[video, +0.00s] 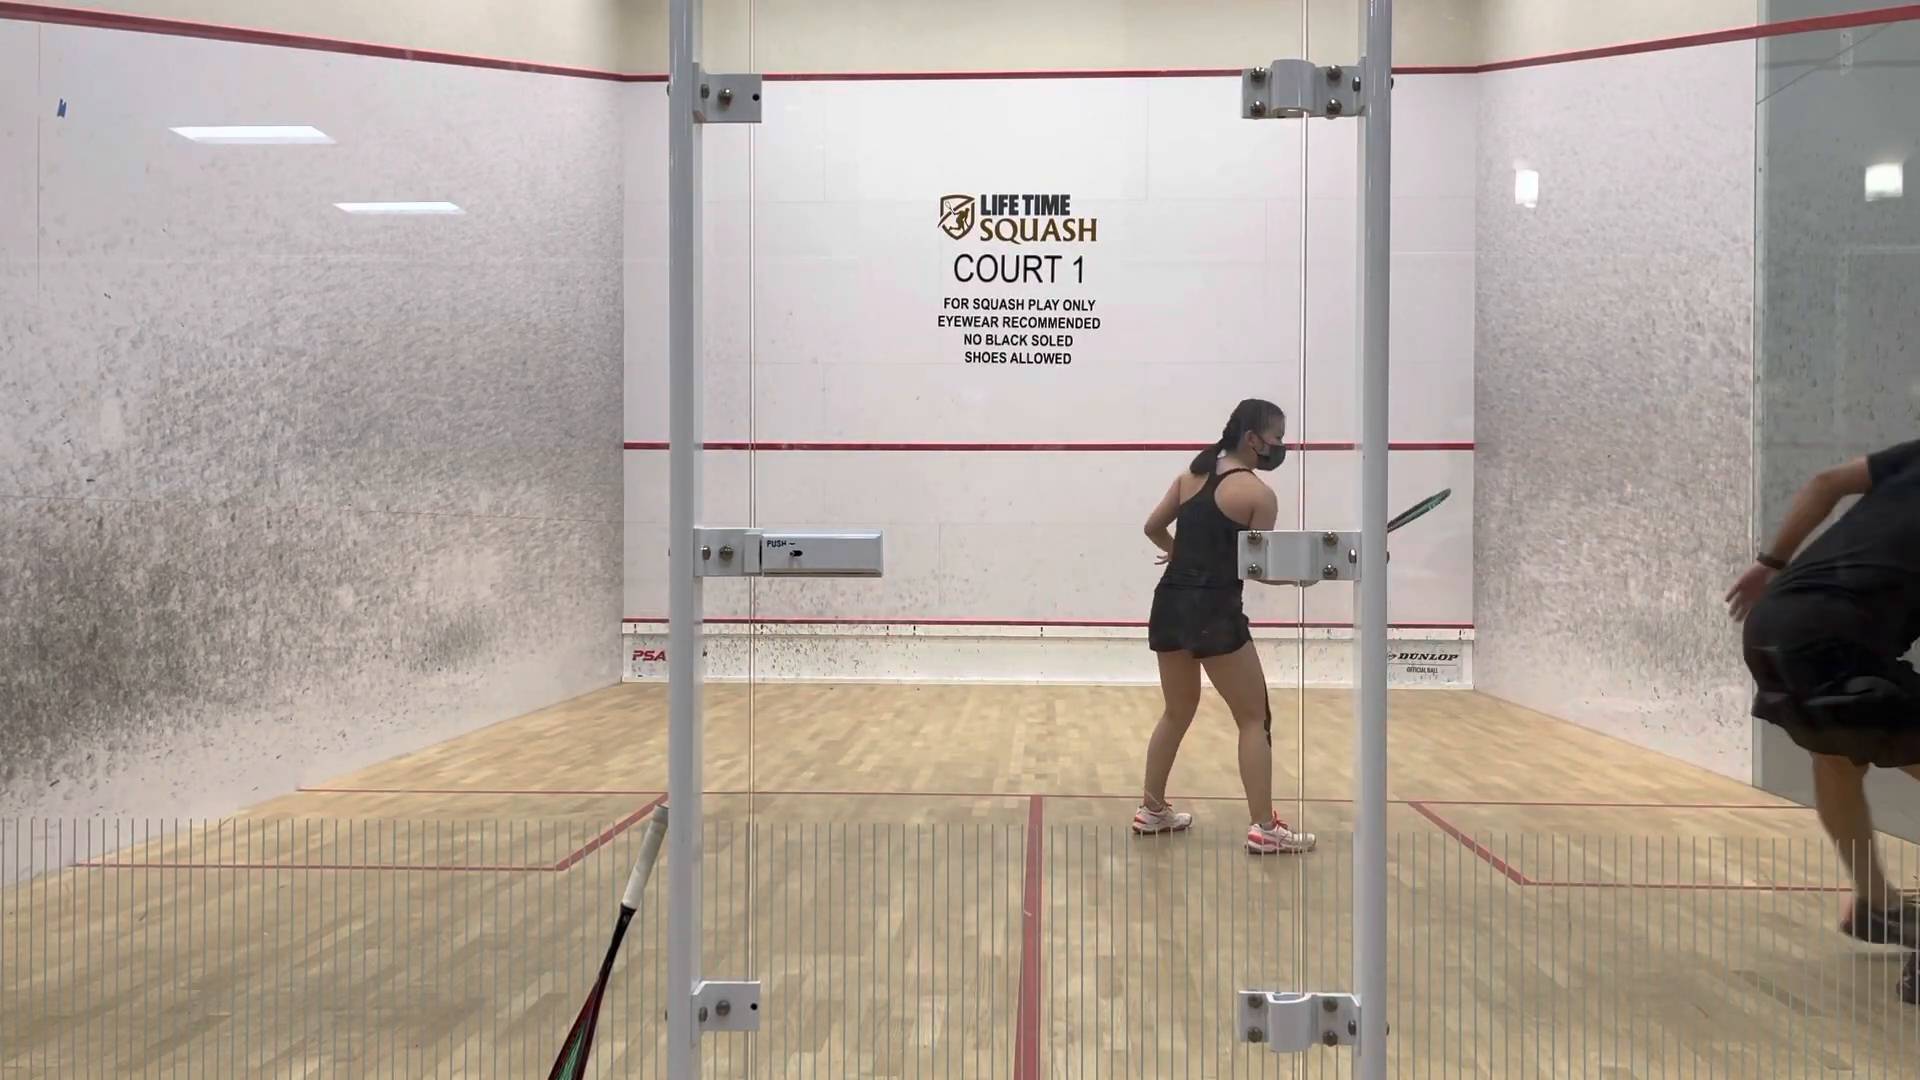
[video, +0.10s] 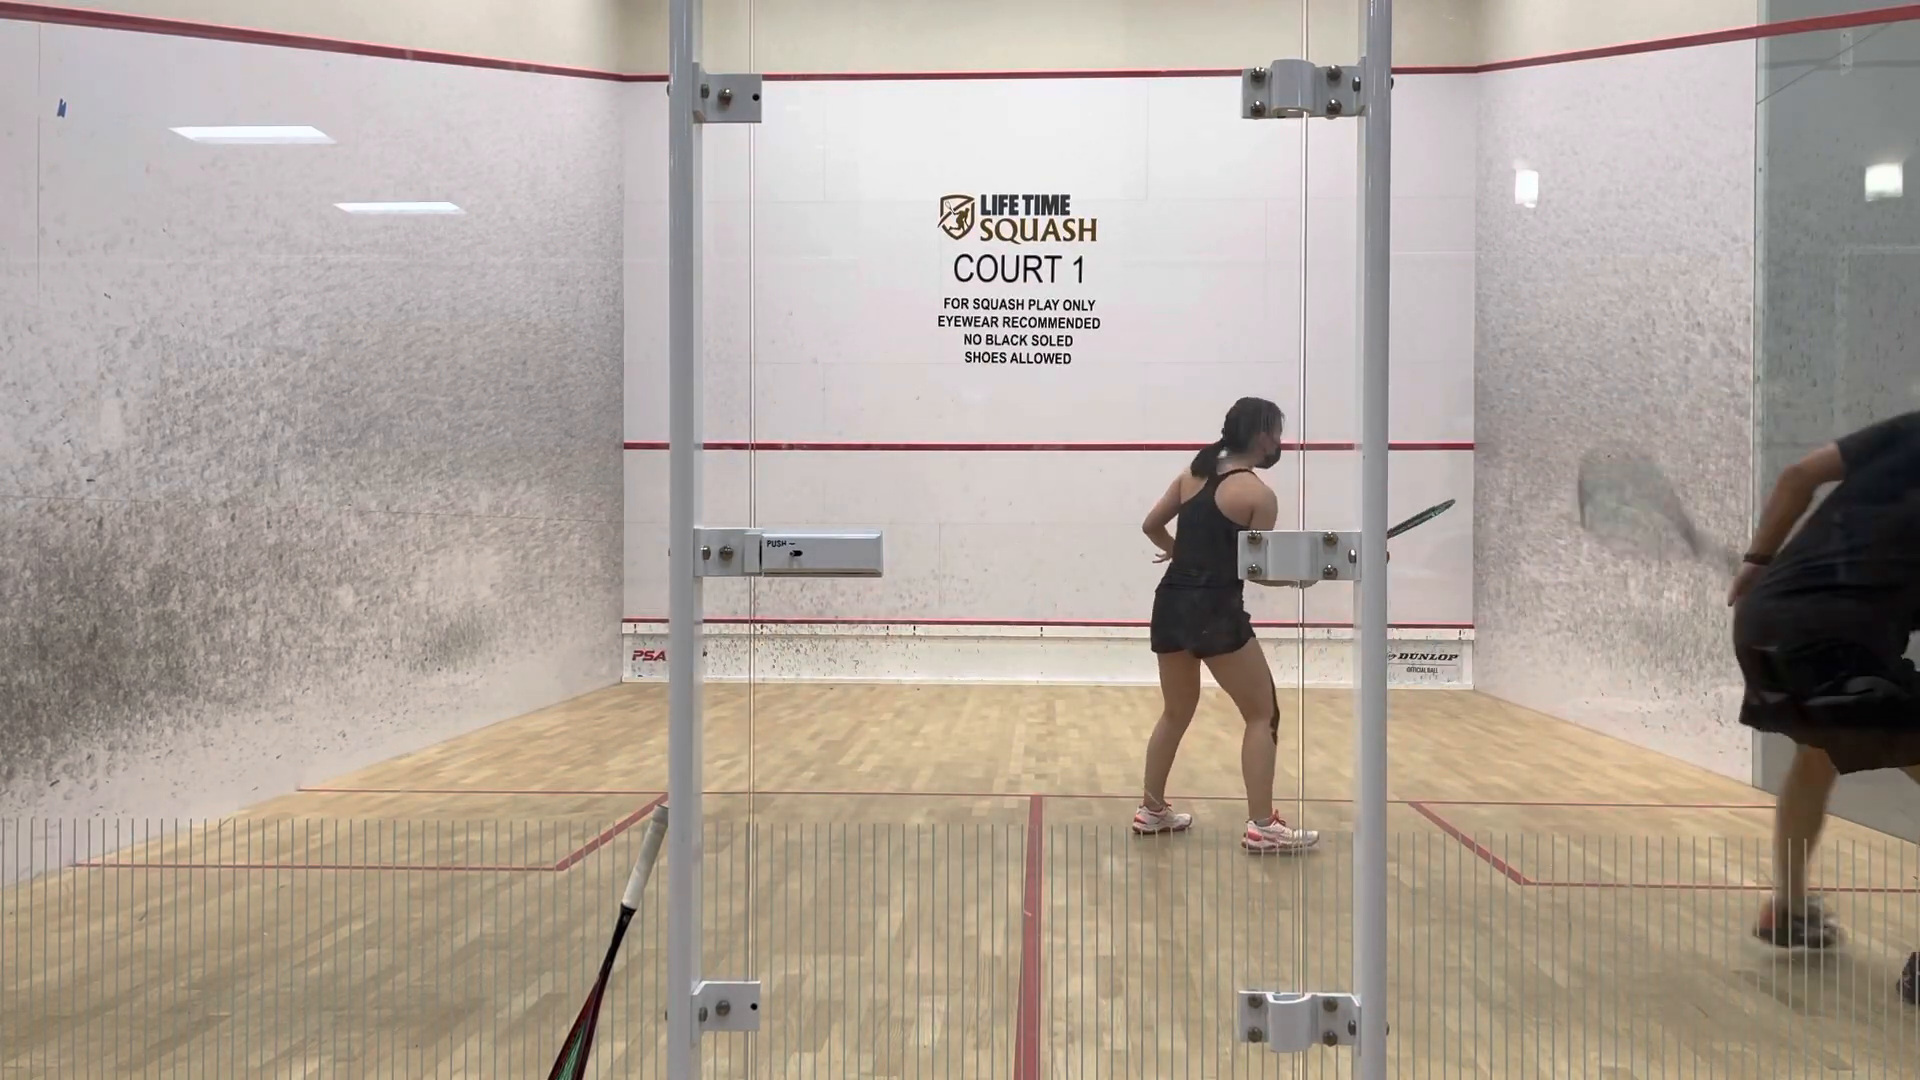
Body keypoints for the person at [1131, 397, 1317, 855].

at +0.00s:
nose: (1280, 448)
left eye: (1281, 440)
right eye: (1276, 440)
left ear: (1239, 436)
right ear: (1252, 437)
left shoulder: (1193, 473)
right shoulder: (1258, 495)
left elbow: (1153, 527)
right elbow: (1260, 563)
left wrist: (1176, 552)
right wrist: (1313, 561)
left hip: (1169, 610)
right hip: (1215, 615)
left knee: (1177, 710)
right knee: (1253, 717)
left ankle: (1151, 809)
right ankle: (1263, 826)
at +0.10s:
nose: (1281, 441)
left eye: (1280, 433)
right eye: (1277, 434)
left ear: (1235, 433)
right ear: (1260, 436)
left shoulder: (1195, 471)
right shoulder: (1259, 496)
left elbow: (1152, 525)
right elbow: (1259, 565)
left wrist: (1174, 549)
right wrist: (1315, 560)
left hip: (1170, 610)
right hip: (1217, 614)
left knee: (1176, 711)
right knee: (1261, 714)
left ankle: (1152, 808)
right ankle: (1261, 824)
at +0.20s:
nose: (1284, 439)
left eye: (1282, 431)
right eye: (1281, 432)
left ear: (1236, 434)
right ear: (1271, 439)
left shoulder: (1198, 474)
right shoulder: (1270, 497)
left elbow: (1158, 525)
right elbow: (1269, 568)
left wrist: (1182, 547)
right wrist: (1323, 561)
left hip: (1176, 611)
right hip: (1224, 614)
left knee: (1181, 712)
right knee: (1274, 712)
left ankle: (1152, 807)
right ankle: (1270, 818)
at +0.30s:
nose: (1294, 452)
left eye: (1291, 444)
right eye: (1292, 445)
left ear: (1245, 444)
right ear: (1285, 450)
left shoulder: (1210, 485)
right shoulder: (1281, 508)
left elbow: (1171, 538)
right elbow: (1287, 585)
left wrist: (1201, 562)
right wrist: (1333, 578)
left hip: (1186, 621)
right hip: (1233, 627)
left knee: (1193, 715)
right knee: (1299, 715)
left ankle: (1155, 809)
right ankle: (1292, 820)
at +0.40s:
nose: (1313, 461)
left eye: (1312, 453)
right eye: (1310, 453)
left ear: (1264, 453)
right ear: (1298, 458)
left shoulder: (1231, 497)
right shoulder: (1297, 517)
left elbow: (1193, 548)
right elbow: (1317, 593)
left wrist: (1232, 566)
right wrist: (1377, 573)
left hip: (1204, 633)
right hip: (1250, 641)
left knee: (1205, 722)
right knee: (1329, 722)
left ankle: (1157, 808)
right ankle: (1310, 830)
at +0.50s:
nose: (1346, 451)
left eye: (1344, 442)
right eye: (1341, 443)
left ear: (1298, 444)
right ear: (1326, 448)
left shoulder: (1269, 488)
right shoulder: (1328, 503)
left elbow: (1229, 539)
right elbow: (1352, 578)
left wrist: (1288, 554)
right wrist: (1416, 556)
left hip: (1243, 627)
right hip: (1282, 636)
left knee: (1222, 723)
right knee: (1353, 729)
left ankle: (1169, 798)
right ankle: (1310, 835)